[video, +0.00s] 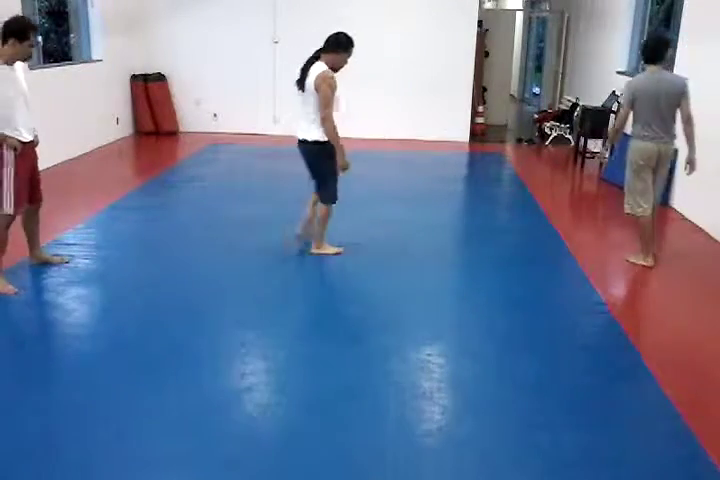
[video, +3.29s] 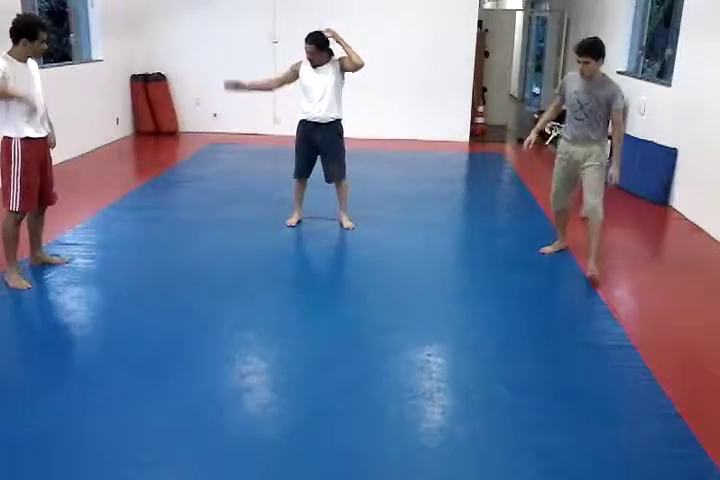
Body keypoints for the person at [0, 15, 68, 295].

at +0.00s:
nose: (32, 51)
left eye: (33, 45)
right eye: (29, 45)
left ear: (16, 43)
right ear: (12, 42)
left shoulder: (21, 67)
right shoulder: (2, 69)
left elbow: (21, 103)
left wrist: (31, 131)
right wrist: (3, 137)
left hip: (27, 142)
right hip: (8, 145)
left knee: (32, 204)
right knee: (7, 212)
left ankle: (36, 251)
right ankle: (0, 273)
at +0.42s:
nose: (47, 48)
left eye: (48, 43)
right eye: (45, 42)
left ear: (30, 41)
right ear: (28, 39)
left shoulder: (28, 64)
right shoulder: (5, 65)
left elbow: (28, 101)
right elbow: (3, 100)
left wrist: (40, 126)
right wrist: (19, 116)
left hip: (32, 137)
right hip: (11, 138)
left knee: (35, 200)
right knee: (15, 204)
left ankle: (36, 252)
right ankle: (7, 265)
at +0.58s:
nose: (41, 51)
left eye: (43, 46)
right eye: (39, 45)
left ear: (24, 42)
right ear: (22, 41)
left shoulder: (22, 66)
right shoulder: (4, 63)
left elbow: (26, 103)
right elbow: (5, 82)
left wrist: (40, 128)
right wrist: (27, 74)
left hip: (32, 138)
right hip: (12, 140)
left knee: (38, 199)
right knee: (11, 209)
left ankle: (37, 252)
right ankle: (9, 267)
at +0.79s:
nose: (32, 55)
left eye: (34, 51)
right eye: (30, 49)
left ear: (28, 46)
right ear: (16, 43)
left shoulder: (22, 63)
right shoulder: (4, 61)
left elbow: (26, 100)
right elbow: (4, 65)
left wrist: (39, 129)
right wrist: (15, 35)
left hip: (30, 135)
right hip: (10, 137)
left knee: (39, 199)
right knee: (12, 208)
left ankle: (37, 252)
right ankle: (9, 268)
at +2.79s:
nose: (36, 58)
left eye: (39, 55)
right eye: (35, 54)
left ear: (38, 49)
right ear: (23, 44)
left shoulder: (33, 62)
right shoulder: (6, 63)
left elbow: (41, 98)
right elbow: (7, 56)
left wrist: (50, 129)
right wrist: (17, 26)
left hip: (39, 136)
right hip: (17, 138)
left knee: (41, 202)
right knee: (18, 208)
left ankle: (38, 252)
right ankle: (11, 268)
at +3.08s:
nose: (46, 45)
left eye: (46, 40)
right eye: (42, 39)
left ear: (33, 39)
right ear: (27, 36)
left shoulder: (33, 64)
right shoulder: (7, 62)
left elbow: (38, 100)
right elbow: (1, 78)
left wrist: (49, 129)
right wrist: (17, 54)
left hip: (38, 138)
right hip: (15, 140)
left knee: (40, 202)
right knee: (16, 208)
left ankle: (37, 252)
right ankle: (11, 268)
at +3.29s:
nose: (46, 47)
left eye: (46, 41)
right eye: (43, 42)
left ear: (27, 42)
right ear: (25, 41)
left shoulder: (32, 64)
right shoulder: (5, 66)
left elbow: (37, 100)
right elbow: (1, 91)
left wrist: (49, 129)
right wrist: (18, 95)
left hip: (38, 139)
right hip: (15, 141)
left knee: (40, 202)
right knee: (16, 208)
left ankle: (37, 253)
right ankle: (11, 268)